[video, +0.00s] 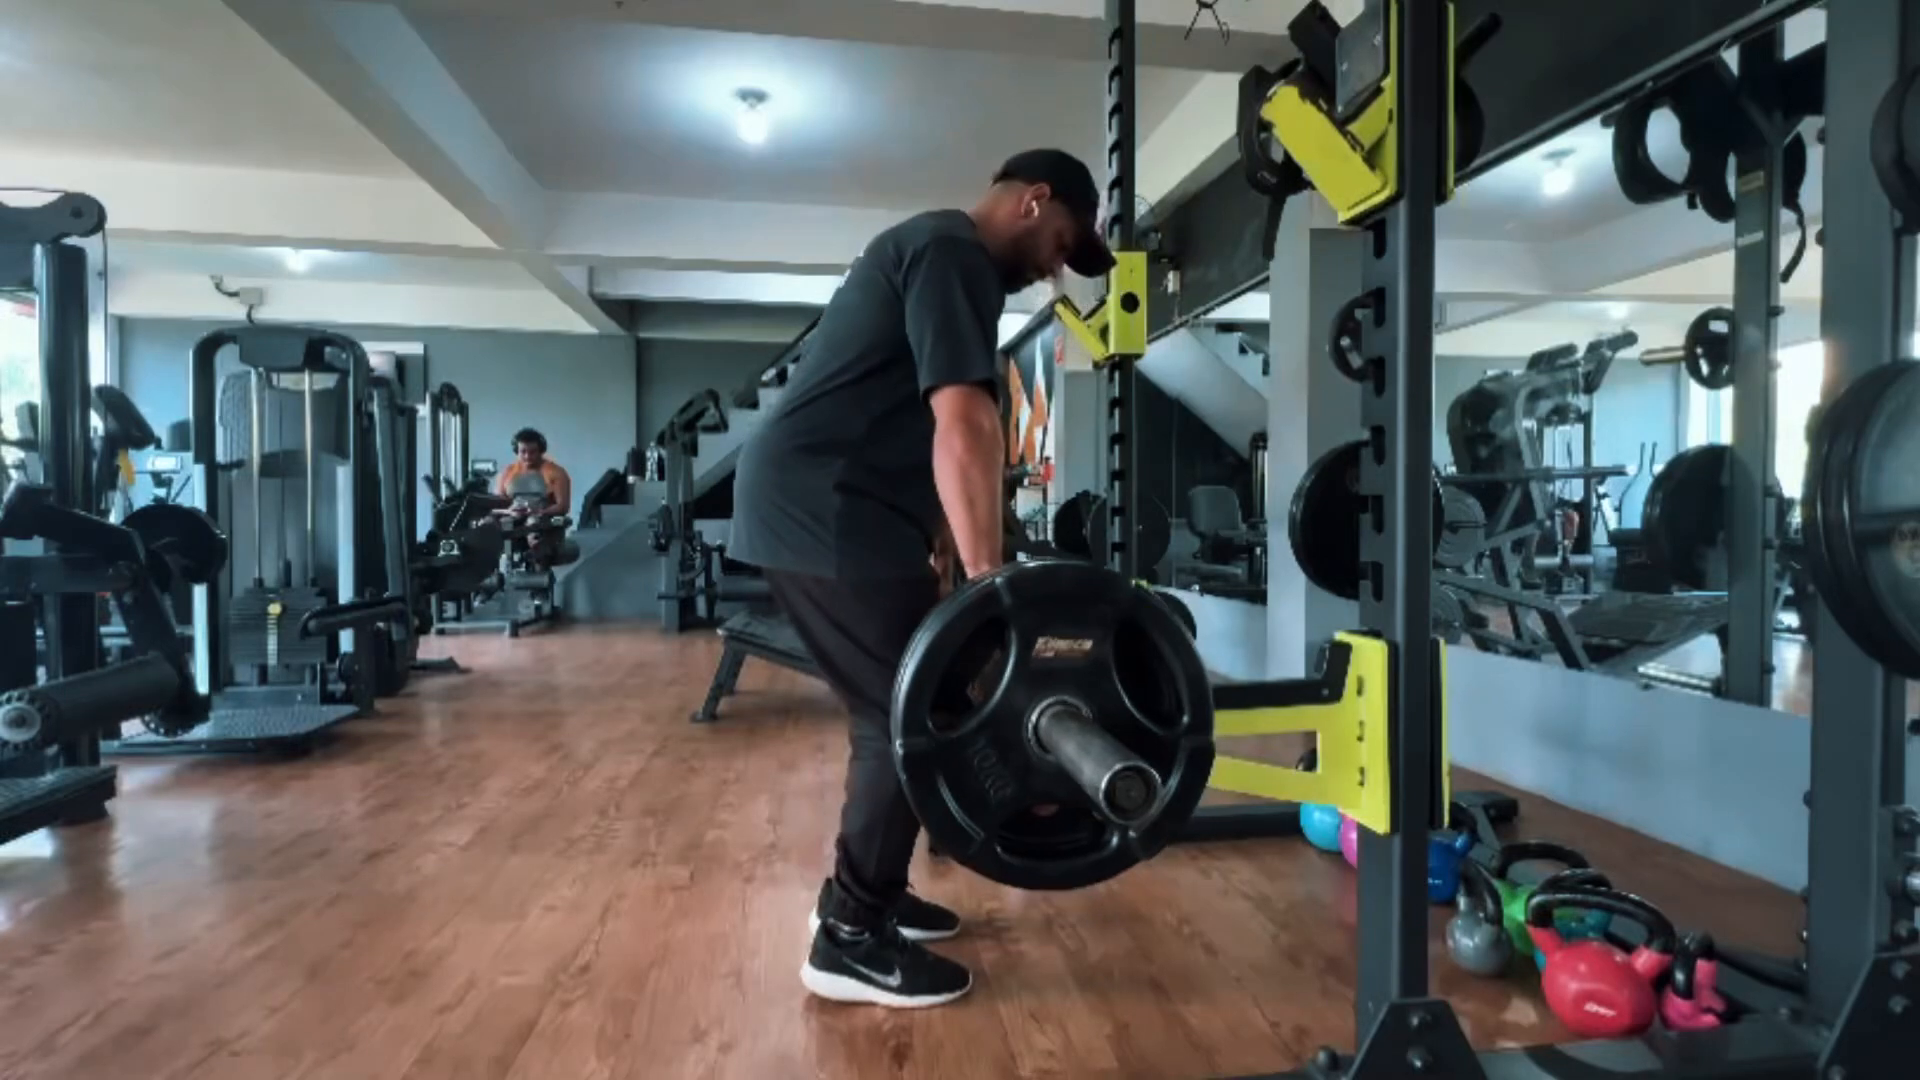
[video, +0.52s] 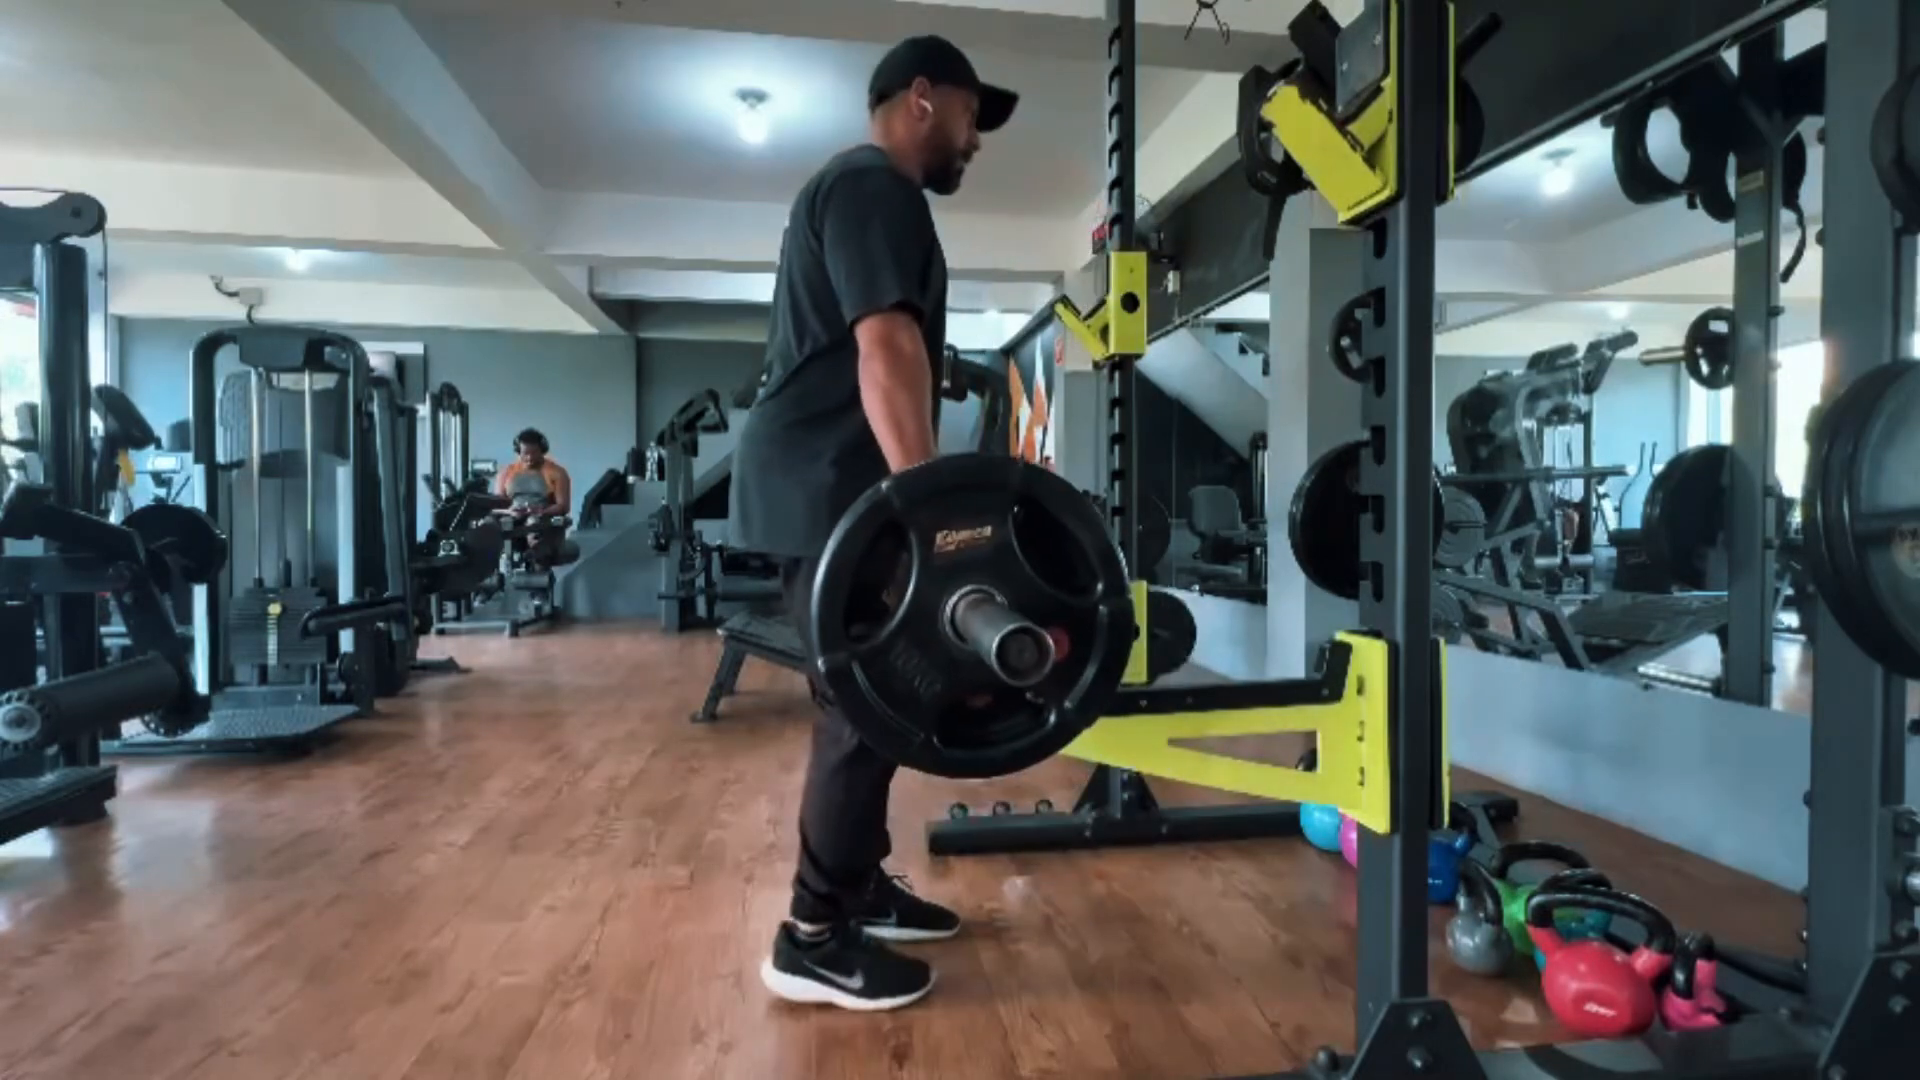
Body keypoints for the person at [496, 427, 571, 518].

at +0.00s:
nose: (527, 457)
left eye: (532, 452)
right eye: (523, 452)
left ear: (541, 451)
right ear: (517, 452)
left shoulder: (556, 473)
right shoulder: (509, 472)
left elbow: (563, 506)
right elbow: (501, 499)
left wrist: (540, 514)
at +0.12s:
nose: (527, 458)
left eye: (532, 453)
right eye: (523, 453)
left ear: (541, 452)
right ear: (517, 452)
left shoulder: (556, 473)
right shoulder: (507, 472)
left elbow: (563, 506)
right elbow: (500, 501)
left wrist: (539, 513)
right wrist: (511, 512)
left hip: (543, 518)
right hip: (514, 519)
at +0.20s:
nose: (527, 458)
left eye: (532, 453)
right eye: (523, 453)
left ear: (541, 451)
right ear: (517, 452)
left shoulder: (556, 473)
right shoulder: (507, 472)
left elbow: (563, 506)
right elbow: (501, 501)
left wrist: (539, 513)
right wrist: (512, 512)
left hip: (543, 518)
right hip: (514, 519)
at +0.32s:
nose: (528, 458)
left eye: (532, 453)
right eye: (524, 453)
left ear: (541, 452)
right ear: (518, 452)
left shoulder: (556, 473)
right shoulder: (507, 472)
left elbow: (563, 507)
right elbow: (501, 501)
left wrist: (539, 512)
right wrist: (512, 512)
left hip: (543, 519)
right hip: (514, 521)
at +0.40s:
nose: (529, 458)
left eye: (533, 453)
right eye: (524, 454)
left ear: (541, 452)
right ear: (518, 453)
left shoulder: (556, 473)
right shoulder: (507, 472)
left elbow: (563, 507)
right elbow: (501, 501)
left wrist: (539, 512)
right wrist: (512, 512)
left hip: (543, 519)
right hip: (514, 521)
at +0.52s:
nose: (529, 458)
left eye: (534, 453)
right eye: (525, 454)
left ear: (542, 452)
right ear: (518, 453)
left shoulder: (556, 473)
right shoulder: (508, 472)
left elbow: (563, 506)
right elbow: (500, 501)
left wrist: (540, 512)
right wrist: (512, 512)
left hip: (543, 518)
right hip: (514, 519)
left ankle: (542, 572)